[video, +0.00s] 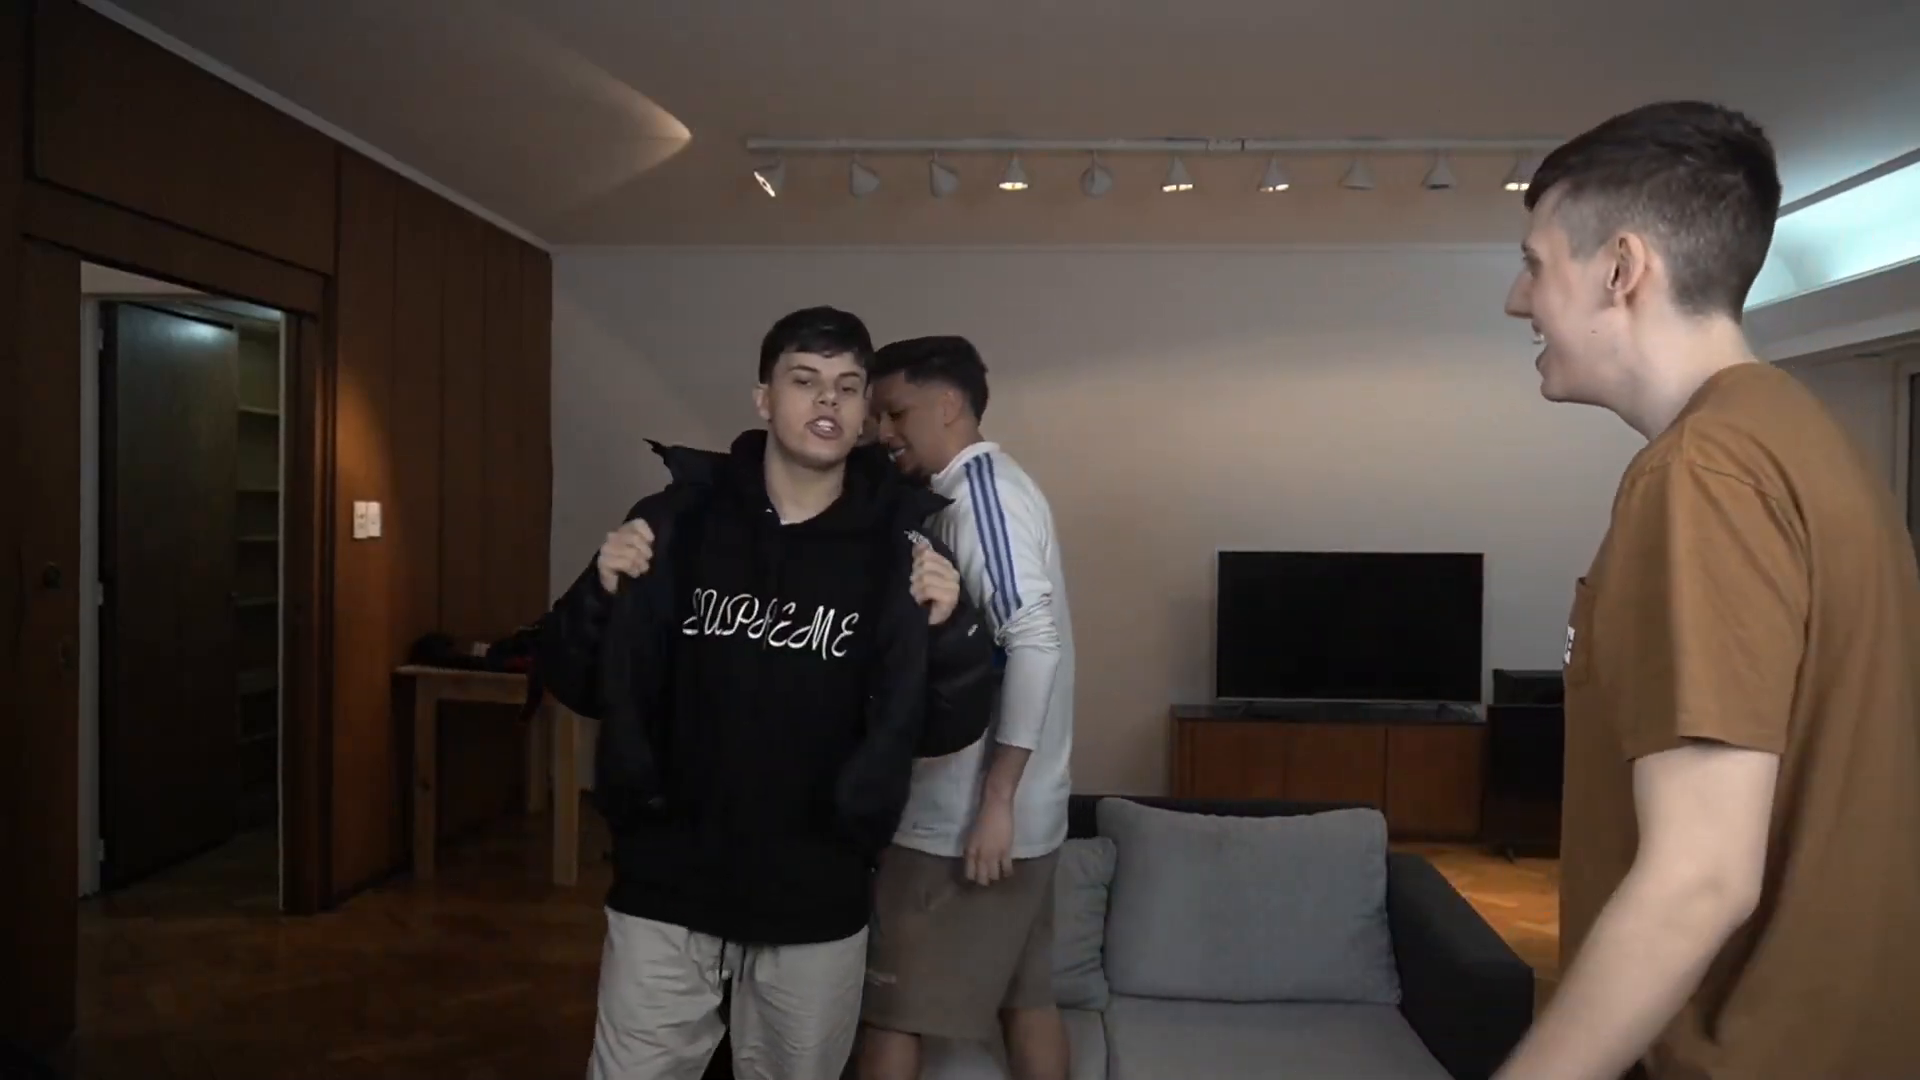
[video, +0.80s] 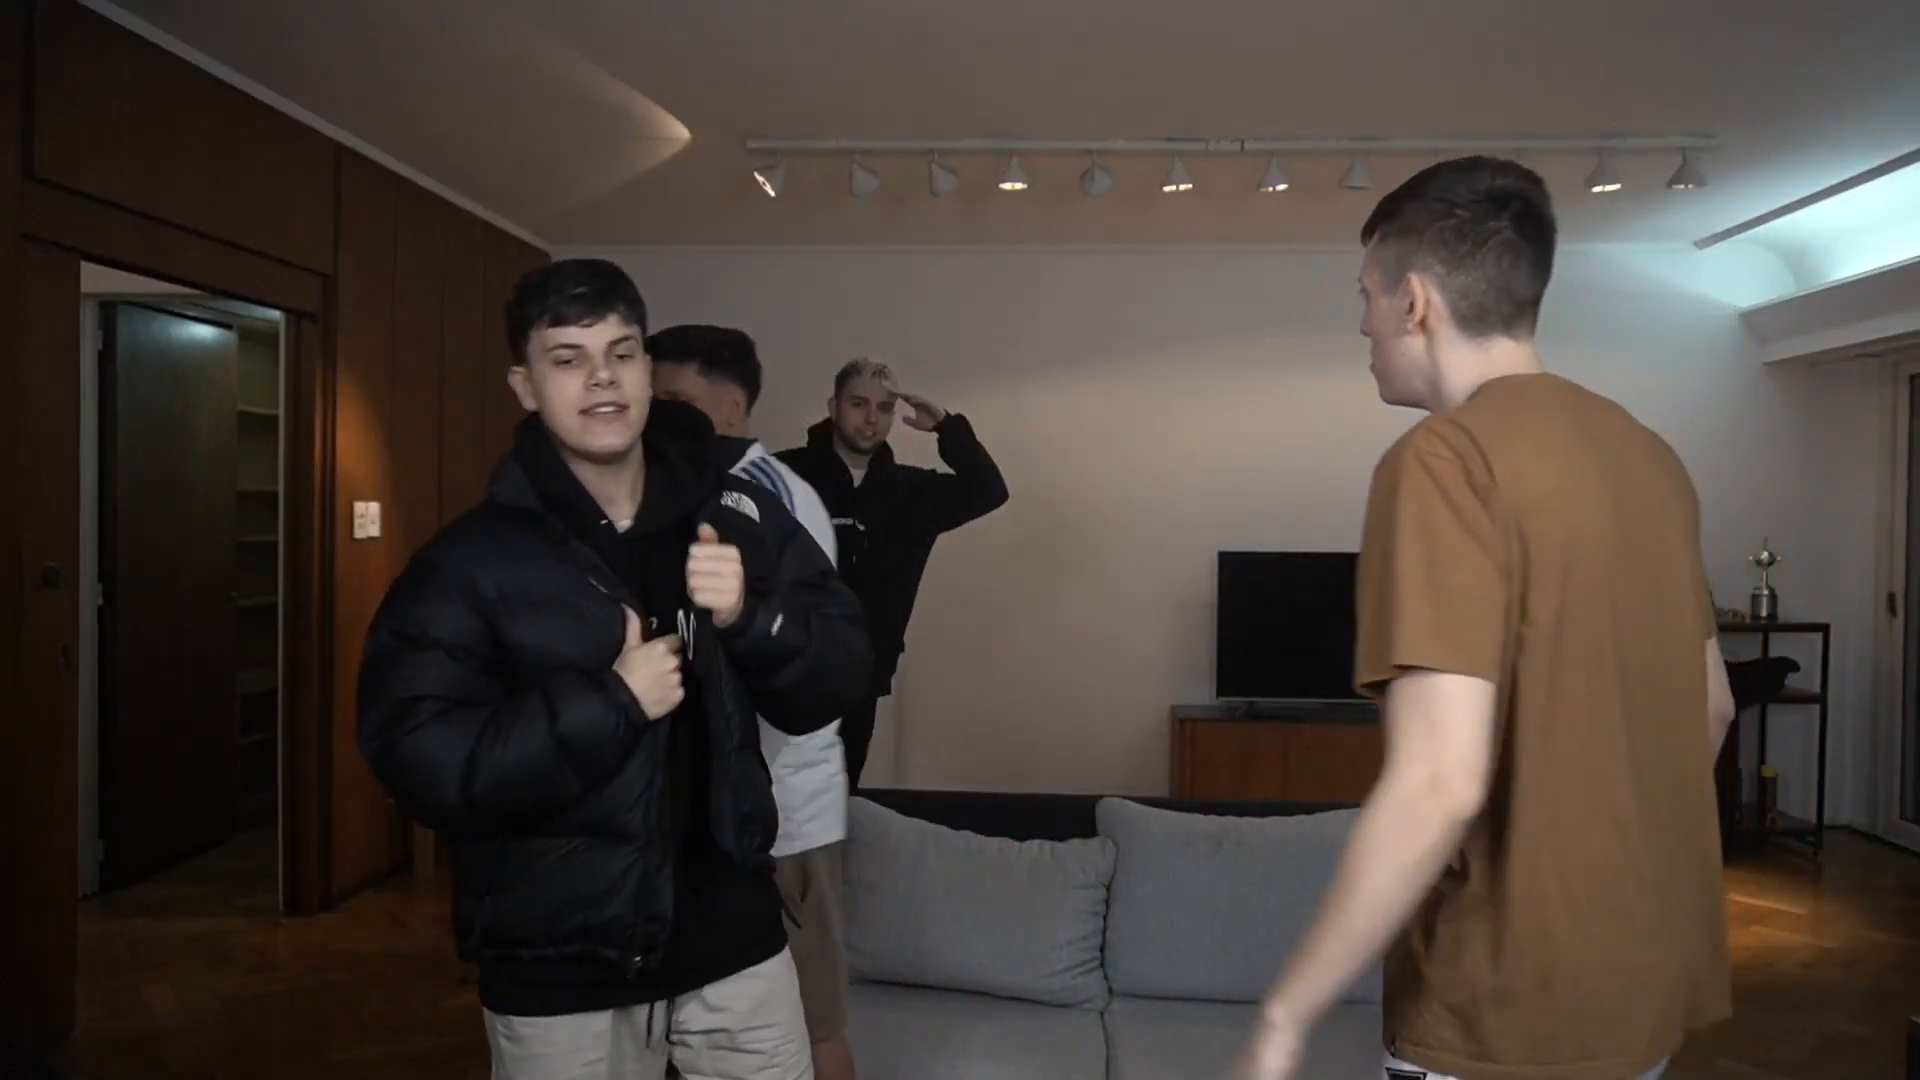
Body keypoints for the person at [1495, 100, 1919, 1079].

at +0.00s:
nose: (1519, 298)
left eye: (1536, 263)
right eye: (1526, 264)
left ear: (1625, 272)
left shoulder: (1703, 468)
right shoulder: (1818, 447)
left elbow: (1699, 876)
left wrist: (1530, 1069)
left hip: (1726, 1053)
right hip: (1846, 1041)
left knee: (1391, 888)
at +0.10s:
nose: (1514, 303)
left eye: (1532, 268)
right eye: (1520, 270)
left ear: (1619, 274)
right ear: (1618, 276)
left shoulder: (1692, 462)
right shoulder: (1798, 439)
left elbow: (1718, 849)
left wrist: (1628, 1063)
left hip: (1726, 1052)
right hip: (1836, 1041)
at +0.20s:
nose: (1500, 305)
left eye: (1517, 272)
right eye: (1505, 275)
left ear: (1597, 280)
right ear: (1605, 280)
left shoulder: (1688, 454)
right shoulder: (1760, 432)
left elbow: (1757, 830)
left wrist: (1704, 1062)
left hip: (1681, 1047)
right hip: (1786, 1039)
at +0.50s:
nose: (1440, 324)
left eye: (1451, 293)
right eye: (1443, 295)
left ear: (1514, 299)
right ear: (1610, 301)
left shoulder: (1589, 453)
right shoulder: (1694, 445)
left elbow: (1699, 788)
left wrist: (1676, 1065)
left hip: (1585, 1043)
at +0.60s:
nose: (1418, 321)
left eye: (1426, 292)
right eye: (1420, 293)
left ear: (1484, 298)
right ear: (1584, 298)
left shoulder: (1534, 456)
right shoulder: (1692, 452)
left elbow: (1606, 786)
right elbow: (1718, 763)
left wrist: (1551, 1062)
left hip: (1554, 1045)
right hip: (1714, 1040)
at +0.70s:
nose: (1392, 321)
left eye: (1397, 292)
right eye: (1392, 293)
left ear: (1450, 298)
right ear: (1553, 296)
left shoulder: (1484, 457)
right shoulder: (1674, 454)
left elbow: (1514, 781)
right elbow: (1728, 707)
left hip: (1551, 1035)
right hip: (1691, 1014)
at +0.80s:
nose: (1366, 332)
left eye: (1369, 302)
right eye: (1364, 304)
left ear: (1418, 304)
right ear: (1522, 300)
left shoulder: (1444, 458)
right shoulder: (1648, 455)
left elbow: (1438, 777)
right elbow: (1710, 703)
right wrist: (1611, 856)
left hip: (1502, 1018)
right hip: (1656, 996)